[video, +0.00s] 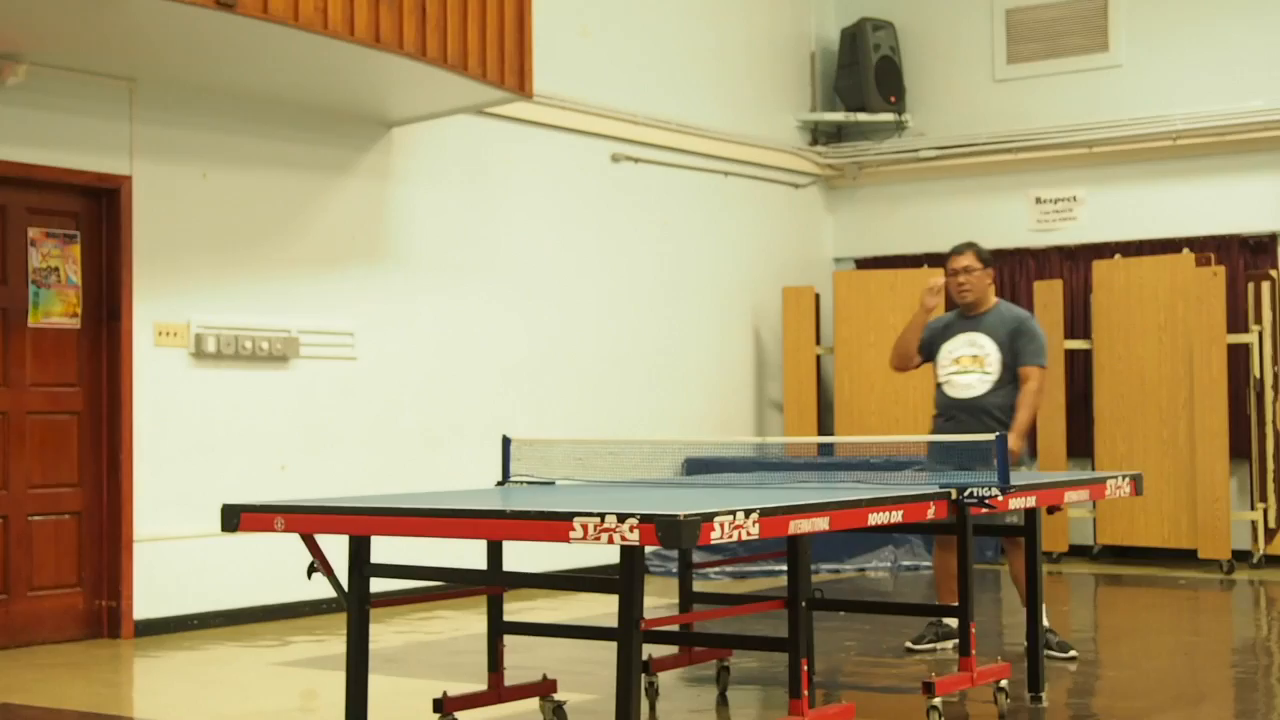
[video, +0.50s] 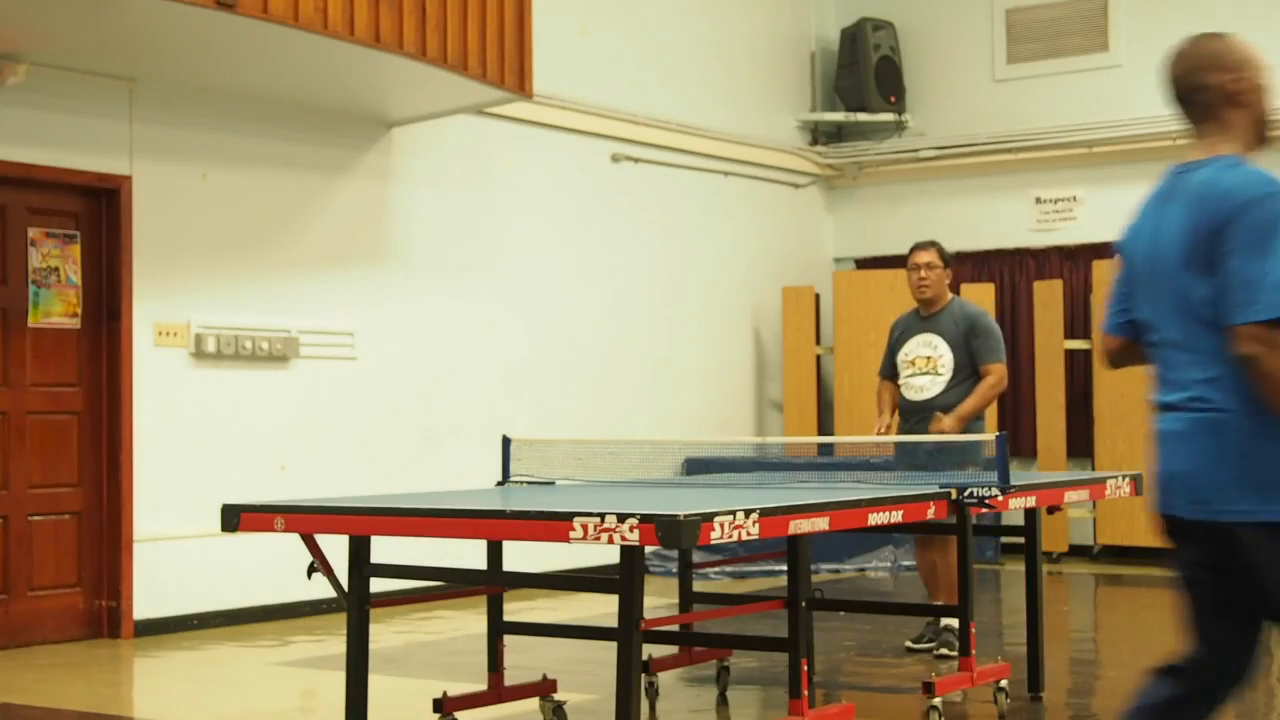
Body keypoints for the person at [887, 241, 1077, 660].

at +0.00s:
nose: (960, 280)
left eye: (968, 272)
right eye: (954, 274)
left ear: (989, 275)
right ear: (947, 282)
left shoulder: (1018, 323)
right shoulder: (941, 327)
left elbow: (1032, 383)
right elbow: (900, 362)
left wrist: (1016, 436)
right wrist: (924, 313)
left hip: (999, 447)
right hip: (947, 448)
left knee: (1017, 538)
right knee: (945, 535)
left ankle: (1038, 626)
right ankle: (948, 623)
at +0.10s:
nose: (945, 281)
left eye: (953, 272)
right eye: (938, 274)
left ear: (975, 275)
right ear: (933, 280)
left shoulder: (1003, 322)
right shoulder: (928, 328)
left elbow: (1017, 383)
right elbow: (892, 375)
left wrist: (994, 434)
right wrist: (907, 329)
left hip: (988, 448)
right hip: (937, 450)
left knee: (1011, 534)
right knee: (942, 534)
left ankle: (1029, 624)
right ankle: (948, 622)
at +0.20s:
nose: (934, 278)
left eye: (943, 269)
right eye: (928, 272)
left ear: (963, 274)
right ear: (921, 279)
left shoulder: (992, 320)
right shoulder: (915, 326)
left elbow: (1007, 380)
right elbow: (889, 385)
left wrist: (982, 429)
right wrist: (895, 355)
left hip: (978, 445)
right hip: (929, 447)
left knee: (994, 529)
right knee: (941, 529)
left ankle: (1007, 619)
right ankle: (947, 621)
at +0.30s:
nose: (926, 276)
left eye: (935, 269)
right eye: (920, 270)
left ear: (954, 274)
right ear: (913, 277)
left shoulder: (982, 318)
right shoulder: (906, 327)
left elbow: (1000, 376)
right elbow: (888, 375)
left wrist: (975, 427)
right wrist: (885, 384)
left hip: (972, 443)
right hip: (926, 445)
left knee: (977, 527)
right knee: (938, 530)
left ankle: (980, 619)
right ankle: (947, 617)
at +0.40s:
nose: (921, 276)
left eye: (929, 269)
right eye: (914, 270)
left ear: (948, 274)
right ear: (907, 277)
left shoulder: (975, 319)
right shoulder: (901, 328)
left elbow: (997, 375)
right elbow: (886, 378)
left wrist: (969, 426)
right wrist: (885, 405)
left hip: (962, 445)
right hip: (920, 447)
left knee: (955, 532)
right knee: (936, 532)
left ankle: (957, 623)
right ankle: (941, 617)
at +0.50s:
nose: (921, 276)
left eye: (929, 268)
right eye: (914, 269)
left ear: (947, 275)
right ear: (907, 277)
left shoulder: (974, 319)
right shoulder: (901, 326)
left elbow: (997, 378)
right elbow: (888, 379)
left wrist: (957, 418)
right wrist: (887, 411)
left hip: (957, 449)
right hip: (913, 451)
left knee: (950, 533)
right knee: (925, 533)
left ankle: (955, 623)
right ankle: (939, 616)